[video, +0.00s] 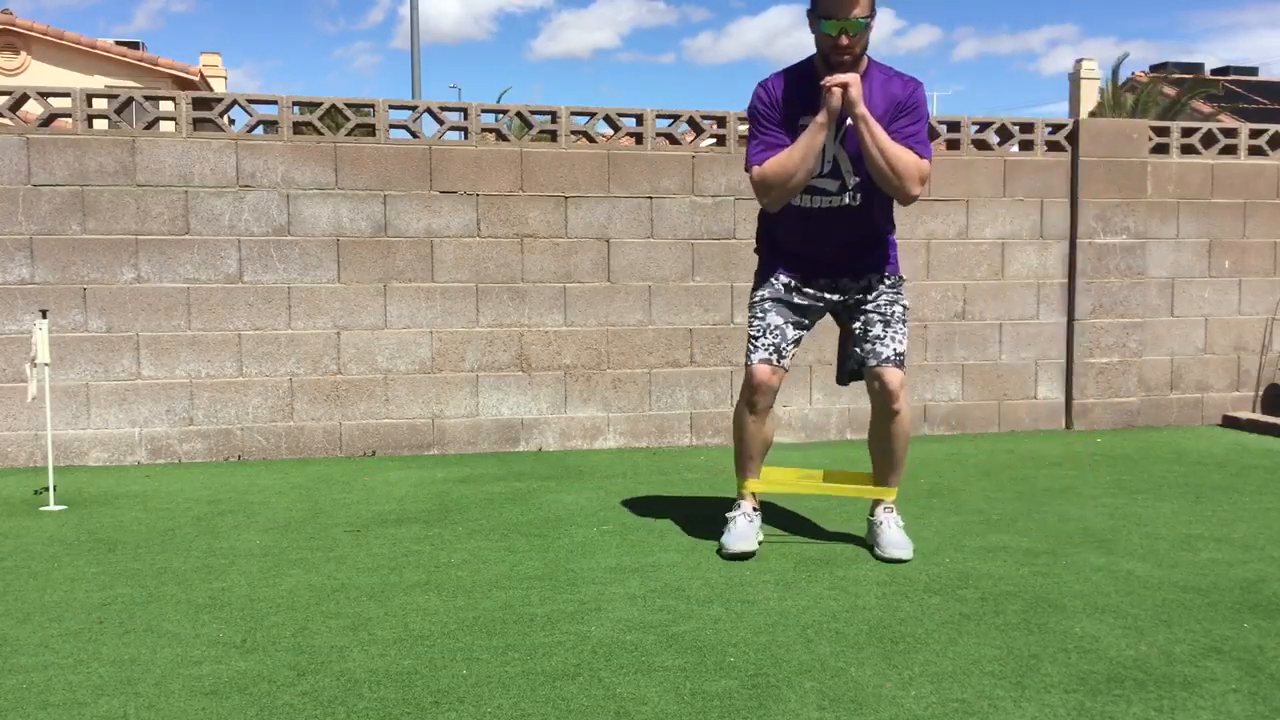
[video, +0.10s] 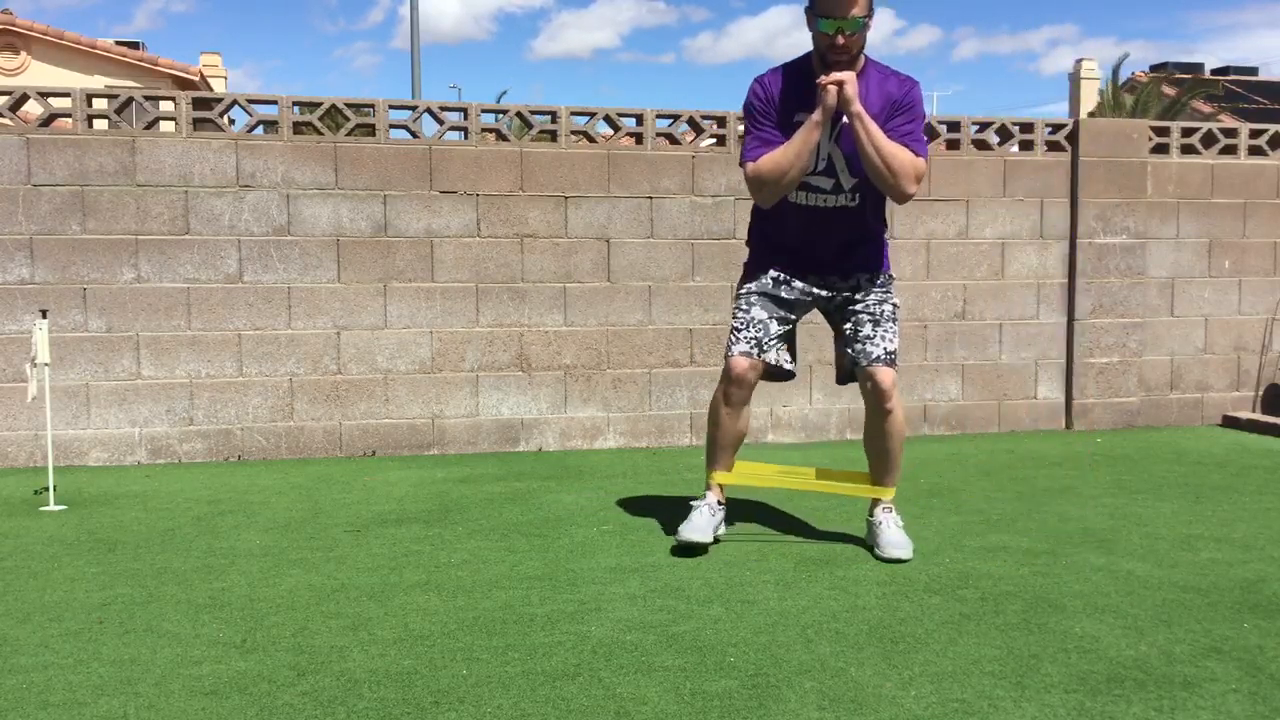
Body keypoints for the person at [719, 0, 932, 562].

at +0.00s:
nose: (843, 37)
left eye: (856, 26)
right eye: (830, 25)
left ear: (872, 23)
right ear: (812, 24)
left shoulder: (903, 92)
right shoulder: (775, 93)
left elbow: (911, 186)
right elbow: (770, 191)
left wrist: (859, 111)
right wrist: (827, 117)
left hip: (870, 267)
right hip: (789, 265)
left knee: (890, 384)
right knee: (760, 379)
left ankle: (885, 509)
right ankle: (745, 506)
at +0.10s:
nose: (839, 37)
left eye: (852, 26)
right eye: (828, 24)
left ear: (869, 24)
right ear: (810, 21)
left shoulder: (897, 91)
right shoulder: (772, 88)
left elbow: (905, 185)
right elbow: (762, 188)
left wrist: (854, 110)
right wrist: (822, 116)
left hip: (859, 266)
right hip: (779, 261)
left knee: (882, 383)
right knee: (737, 372)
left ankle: (884, 510)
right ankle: (712, 500)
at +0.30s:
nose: (807, 38)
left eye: (821, 27)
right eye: (796, 25)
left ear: (839, 23)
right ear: (779, 22)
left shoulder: (865, 94)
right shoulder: (740, 90)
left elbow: (876, 186)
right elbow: (725, 187)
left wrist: (823, 111)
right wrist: (788, 118)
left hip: (824, 271)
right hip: (738, 265)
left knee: (859, 389)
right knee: (666, 374)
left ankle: (881, 509)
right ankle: (593, 494)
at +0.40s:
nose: (775, 53)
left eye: (788, 41)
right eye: (762, 40)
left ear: (805, 36)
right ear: (744, 34)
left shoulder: (831, 107)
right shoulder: (707, 103)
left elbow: (842, 197)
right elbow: (692, 200)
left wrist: (789, 129)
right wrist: (754, 128)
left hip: (794, 285)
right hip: (707, 280)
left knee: (840, 397)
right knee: (632, 385)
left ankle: (880, 511)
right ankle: (554, 501)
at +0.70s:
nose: (637, 51)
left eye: (651, 39)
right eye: (626, 38)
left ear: (668, 36)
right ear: (609, 32)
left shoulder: (697, 105)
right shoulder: (574, 100)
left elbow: (700, 197)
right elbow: (552, 194)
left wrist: (647, 124)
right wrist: (612, 125)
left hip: (680, 273)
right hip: (596, 274)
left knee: (735, 380)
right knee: (549, 388)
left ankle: (793, 489)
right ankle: (533, 505)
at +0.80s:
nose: (615, 47)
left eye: (628, 35)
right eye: (603, 34)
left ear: (647, 30)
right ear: (587, 28)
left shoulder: (678, 100)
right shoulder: (554, 96)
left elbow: (680, 192)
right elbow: (537, 192)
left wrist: (629, 121)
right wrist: (594, 120)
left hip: (662, 268)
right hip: (581, 268)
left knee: (706, 379)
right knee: (542, 384)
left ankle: (746, 488)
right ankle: (532, 505)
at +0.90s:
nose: (605, 42)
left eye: (618, 31)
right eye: (594, 30)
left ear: (637, 23)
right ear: (577, 24)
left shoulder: (670, 94)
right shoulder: (546, 93)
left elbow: (674, 189)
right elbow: (536, 193)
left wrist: (619, 116)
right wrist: (586, 121)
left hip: (658, 261)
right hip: (577, 264)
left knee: (687, 375)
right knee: (545, 383)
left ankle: (705, 495)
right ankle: (534, 506)